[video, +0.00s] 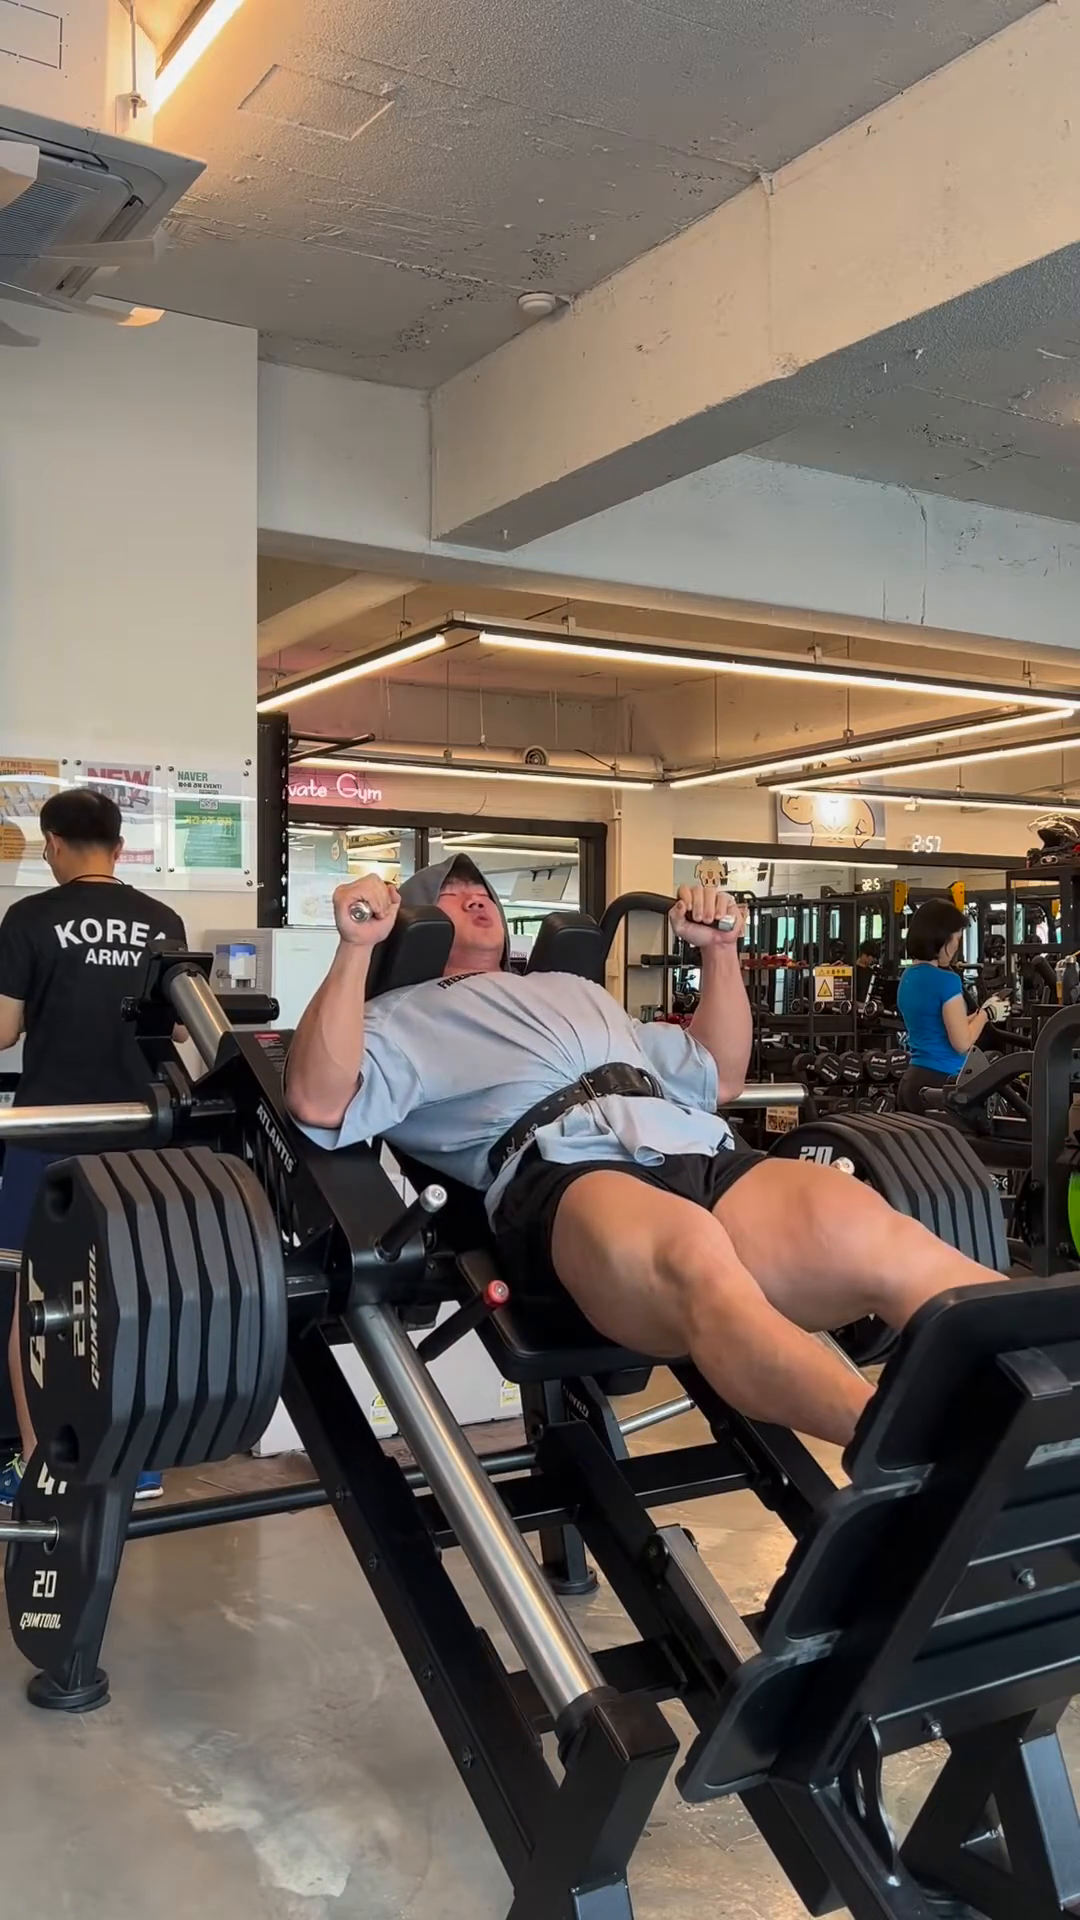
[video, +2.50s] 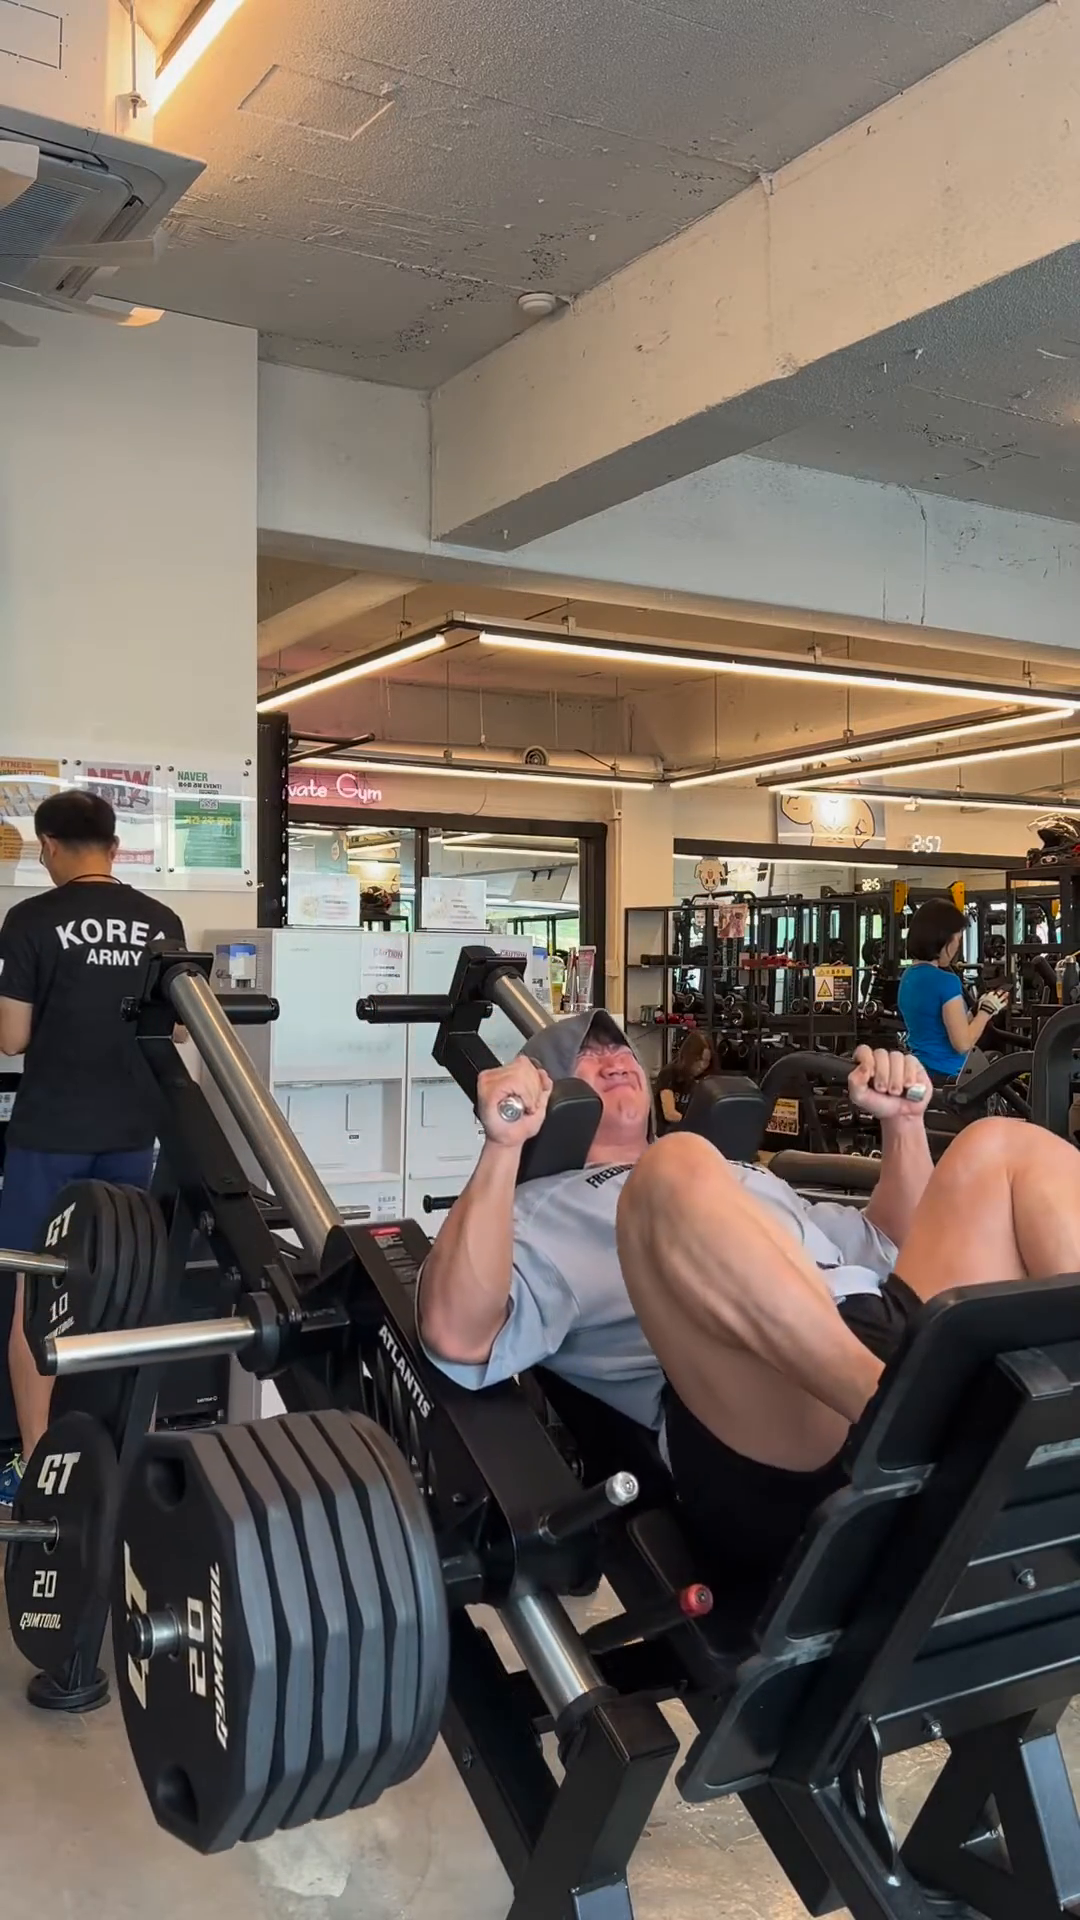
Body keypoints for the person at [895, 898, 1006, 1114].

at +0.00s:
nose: (957, 946)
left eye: (958, 939)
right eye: (957, 939)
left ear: (923, 935)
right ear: (943, 940)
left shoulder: (907, 978)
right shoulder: (946, 981)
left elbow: (934, 1031)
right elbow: (962, 1042)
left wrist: (976, 1015)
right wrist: (987, 1013)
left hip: (913, 1078)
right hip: (945, 1084)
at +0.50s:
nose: (958, 945)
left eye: (959, 939)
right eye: (957, 939)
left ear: (923, 935)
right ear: (943, 940)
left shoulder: (907, 978)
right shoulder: (947, 981)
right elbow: (962, 1042)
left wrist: (977, 1014)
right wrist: (988, 1013)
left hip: (913, 1078)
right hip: (943, 1084)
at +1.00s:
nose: (959, 943)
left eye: (960, 937)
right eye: (958, 937)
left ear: (922, 935)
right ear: (946, 940)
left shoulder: (908, 978)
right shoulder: (946, 981)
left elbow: (934, 1032)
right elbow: (959, 1043)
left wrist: (977, 1012)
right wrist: (987, 1016)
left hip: (914, 1077)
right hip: (943, 1084)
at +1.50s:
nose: (958, 946)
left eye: (959, 940)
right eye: (957, 940)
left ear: (922, 936)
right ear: (944, 941)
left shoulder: (907, 978)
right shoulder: (945, 982)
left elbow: (927, 1034)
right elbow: (959, 1044)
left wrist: (972, 1016)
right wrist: (988, 1017)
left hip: (914, 1079)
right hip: (945, 1084)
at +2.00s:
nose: (957, 947)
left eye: (958, 941)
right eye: (956, 940)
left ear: (921, 936)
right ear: (943, 941)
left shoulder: (906, 979)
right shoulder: (945, 982)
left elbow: (926, 1034)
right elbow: (960, 1044)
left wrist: (970, 1012)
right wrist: (984, 1012)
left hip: (913, 1078)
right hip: (943, 1084)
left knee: (917, 1163)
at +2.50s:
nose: (958, 946)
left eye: (959, 939)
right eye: (957, 939)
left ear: (922, 936)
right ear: (944, 941)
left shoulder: (908, 977)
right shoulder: (946, 982)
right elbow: (963, 1043)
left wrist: (974, 1013)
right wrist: (987, 1011)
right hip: (947, 1080)